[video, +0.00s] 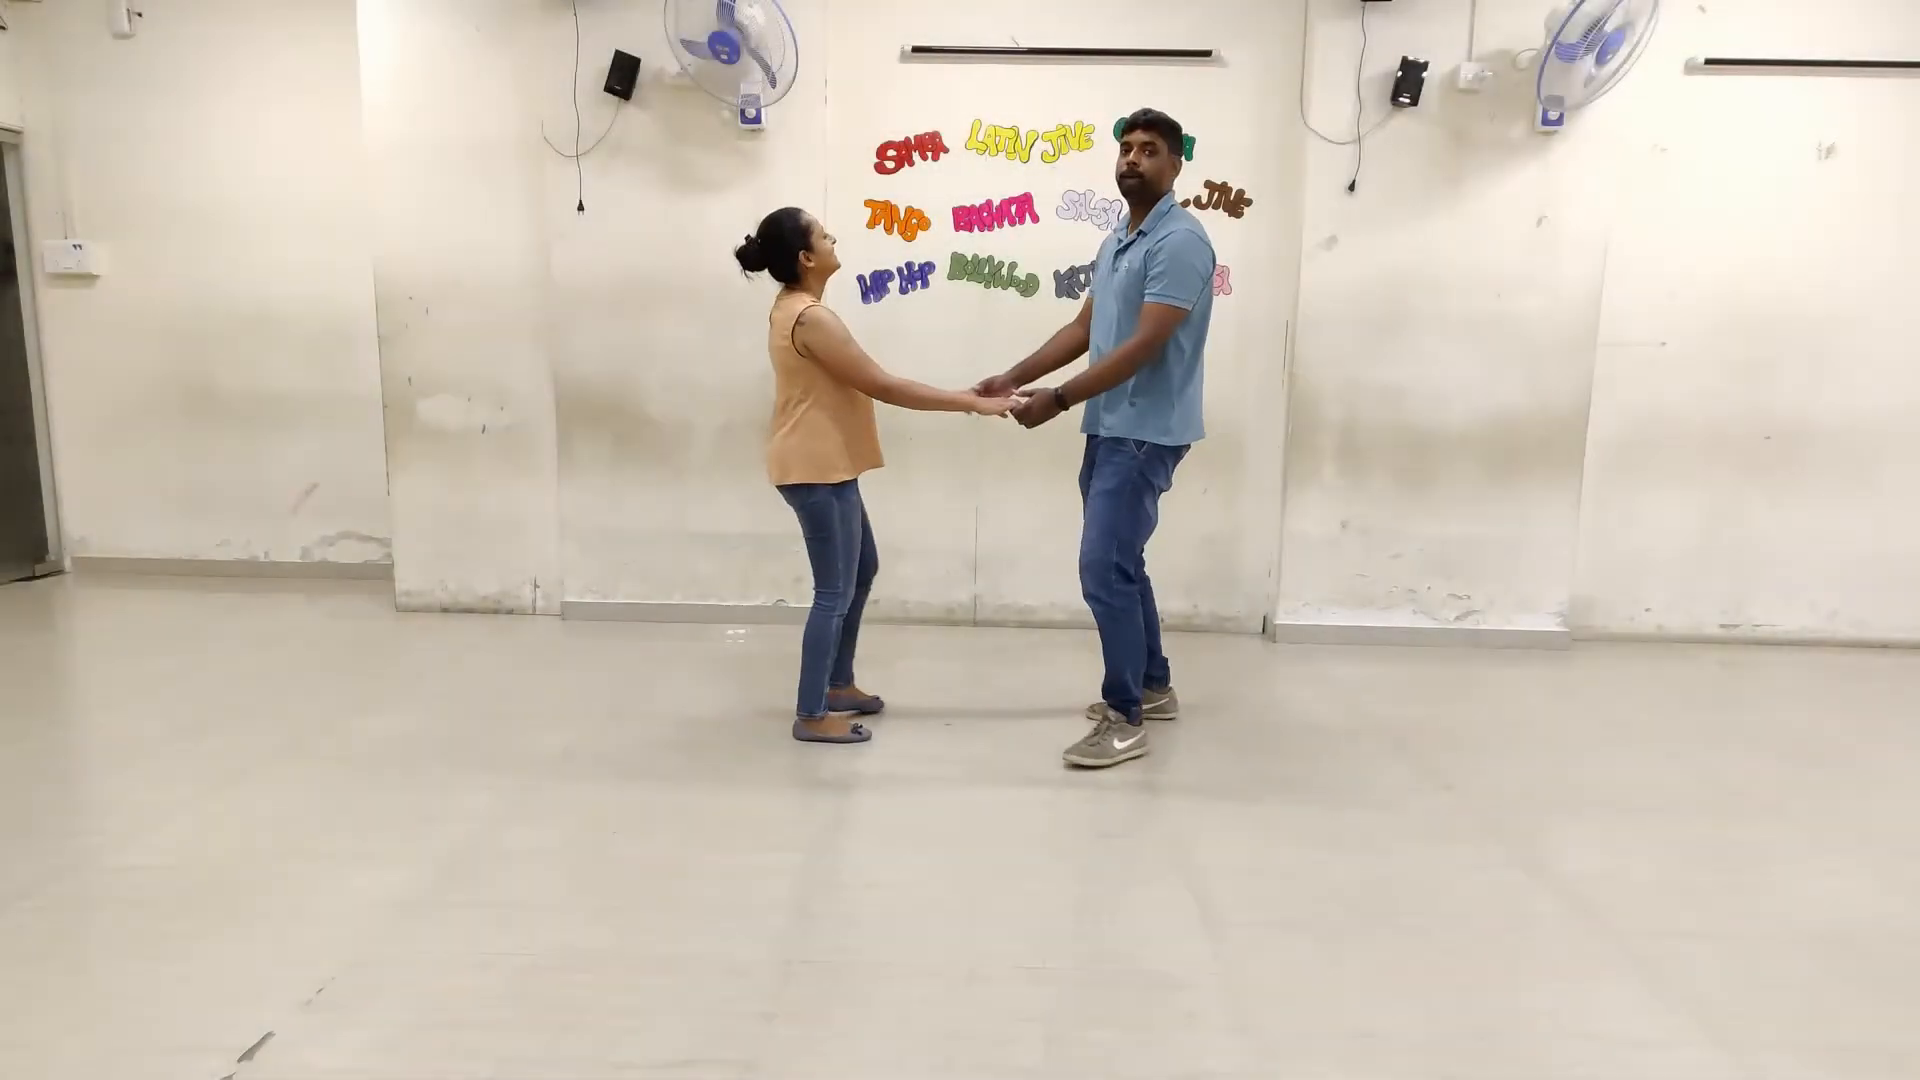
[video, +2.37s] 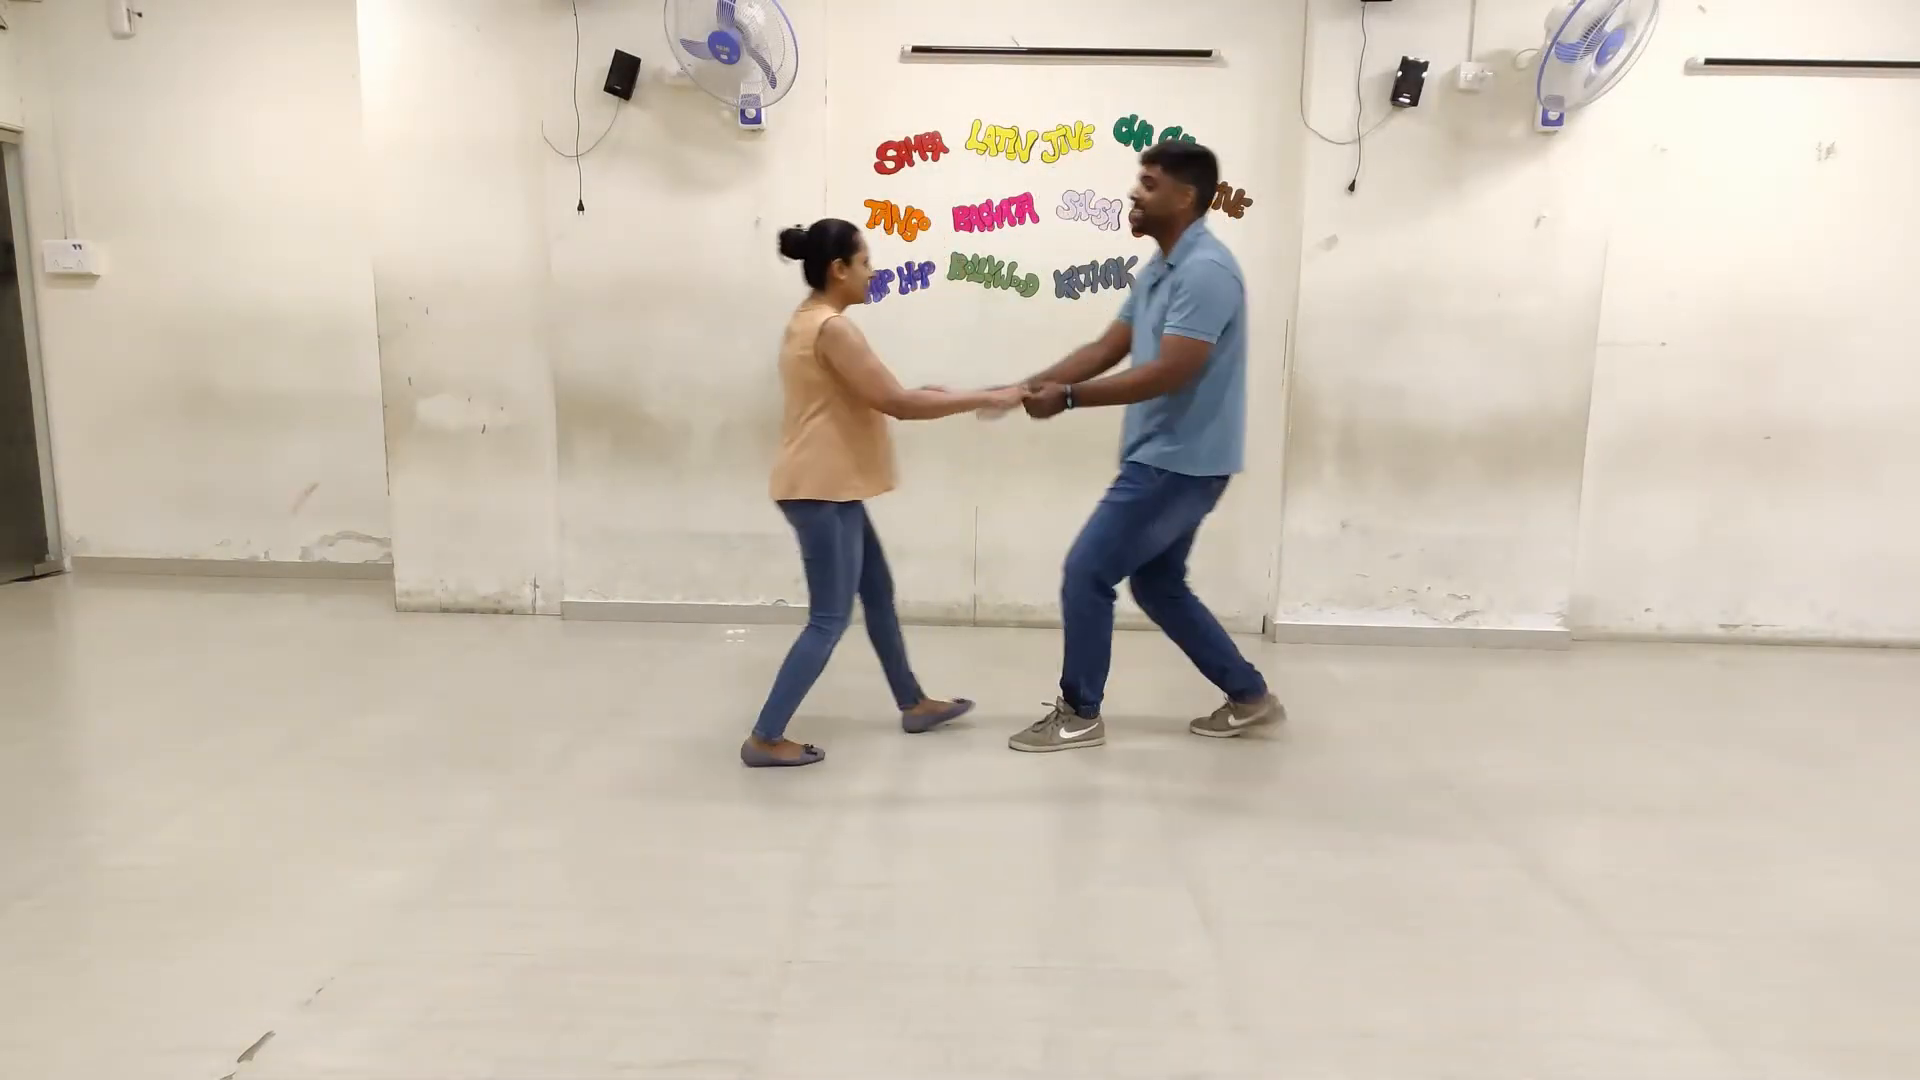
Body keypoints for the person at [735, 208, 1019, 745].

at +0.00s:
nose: (833, 242)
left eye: (827, 234)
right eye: (825, 237)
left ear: (798, 258)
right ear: (806, 256)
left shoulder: (791, 307)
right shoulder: (810, 319)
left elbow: (876, 381)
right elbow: (881, 385)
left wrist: (959, 399)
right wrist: (969, 400)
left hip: (823, 465)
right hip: (815, 469)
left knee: (861, 568)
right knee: (833, 589)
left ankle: (836, 687)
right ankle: (810, 716)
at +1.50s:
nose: (873, 250)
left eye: (869, 241)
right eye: (862, 243)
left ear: (840, 257)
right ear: (832, 256)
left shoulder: (842, 312)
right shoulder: (826, 316)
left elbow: (870, 391)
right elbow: (889, 388)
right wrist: (966, 365)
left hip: (856, 476)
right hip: (822, 478)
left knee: (910, 568)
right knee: (842, 600)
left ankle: (897, 692)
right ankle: (798, 719)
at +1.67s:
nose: (919, 264)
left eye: (915, 255)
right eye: (908, 257)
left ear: (884, 271)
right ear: (879, 270)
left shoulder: (890, 335)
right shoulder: (871, 337)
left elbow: (918, 420)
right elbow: (900, 429)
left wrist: (988, 420)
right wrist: (985, 429)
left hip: (903, 493)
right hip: (869, 494)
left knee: (948, 586)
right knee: (877, 614)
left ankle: (925, 706)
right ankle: (802, 714)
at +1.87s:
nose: (961, 240)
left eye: (958, 231)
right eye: (951, 232)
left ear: (928, 245)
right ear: (922, 244)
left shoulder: (935, 306)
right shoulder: (913, 309)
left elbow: (941, 386)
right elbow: (914, 397)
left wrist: (993, 363)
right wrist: (988, 371)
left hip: (946, 467)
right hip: (921, 470)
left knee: (949, 590)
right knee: (948, 592)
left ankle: (926, 703)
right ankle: (886, 697)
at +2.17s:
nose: (944, 250)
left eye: (940, 241)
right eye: (934, 242)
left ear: (905, 252)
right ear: (907, 252)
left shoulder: (906, 310)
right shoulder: (896, 314)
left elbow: (920, 391)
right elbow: (917, 398)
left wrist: (975, 359)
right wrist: (984, 364)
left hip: (918, 472)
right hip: (896, 474)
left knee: (931, 597)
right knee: (923, 599)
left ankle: (924, 706)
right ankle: (836, 697)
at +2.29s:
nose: (903, 266)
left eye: (900, 256)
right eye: (895, 257)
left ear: (863, 264)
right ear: (868, 263)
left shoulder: (851, 319)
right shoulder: (857, 322)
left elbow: (898, 393)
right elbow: (913, 397)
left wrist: (950, 374)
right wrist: (999, 376)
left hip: (871, 484)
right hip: (853, 486)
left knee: (907, 588)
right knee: (862, 613)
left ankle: (924, 707)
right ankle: (779, 721)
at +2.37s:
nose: (872, 271)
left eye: (869, 261)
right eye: (865, 262)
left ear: (830, 269)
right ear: (838, 268)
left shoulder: (808, 323)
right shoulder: (832, 329)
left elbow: (873, 396)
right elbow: (898, 403)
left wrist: (927, 395)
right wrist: (984, 400)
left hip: (826, 487)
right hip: (822, 490)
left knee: (877, 589)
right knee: (829, 618)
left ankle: (915, 705)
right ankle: (765, 738)